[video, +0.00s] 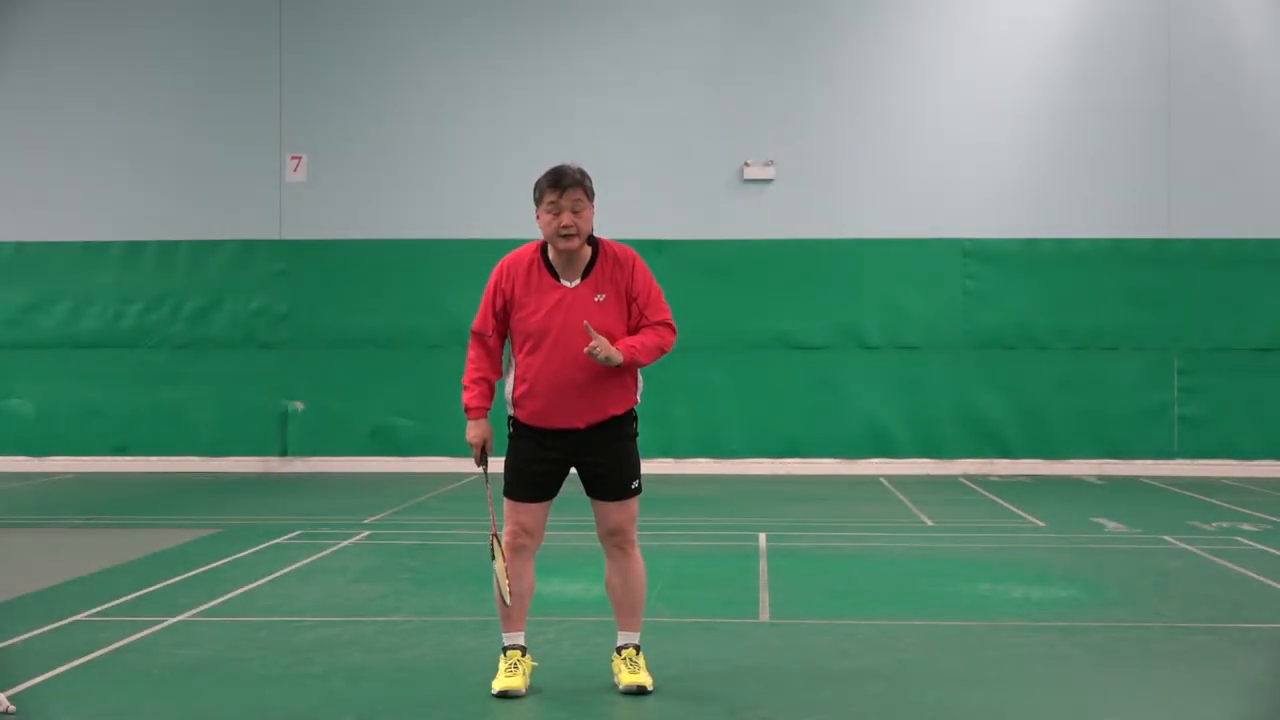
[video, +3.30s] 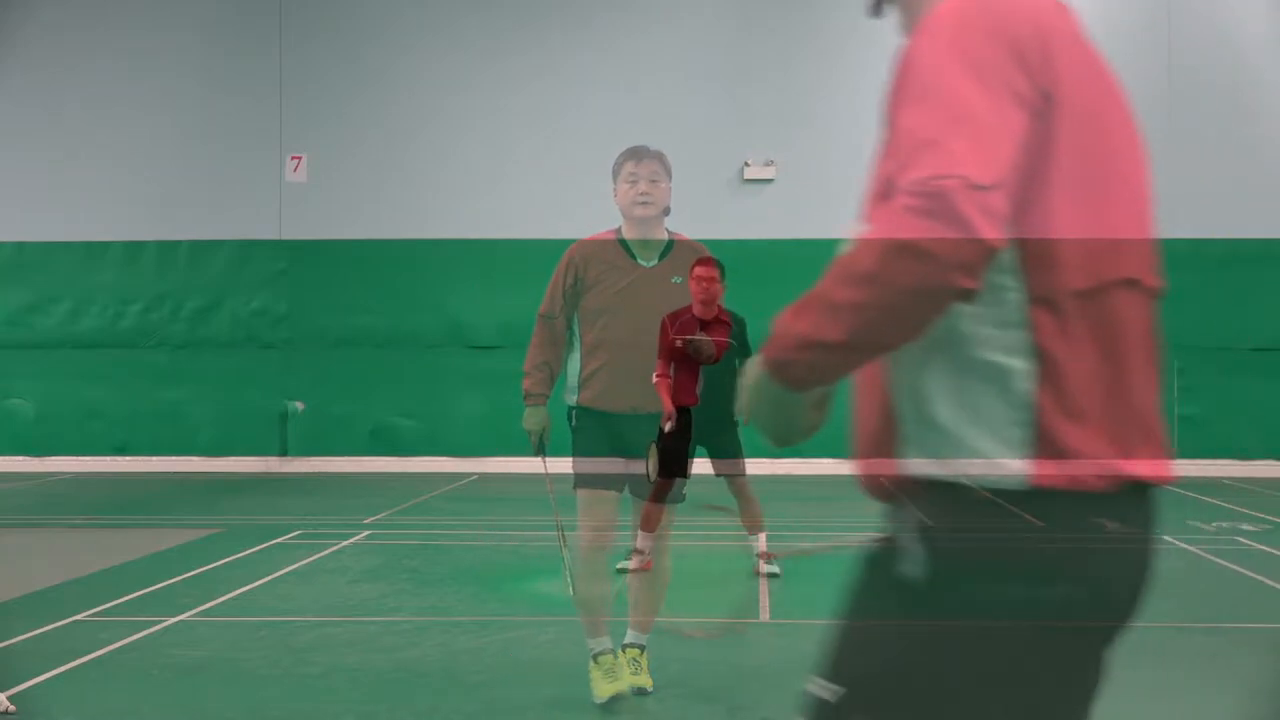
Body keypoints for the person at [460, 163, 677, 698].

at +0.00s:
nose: (565, 220)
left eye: (575, 209)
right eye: (554, 211)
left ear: (592, 212)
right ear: (538, 217)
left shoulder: (623, 265)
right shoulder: (512, 272)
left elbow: (663, 330)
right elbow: (485, 342)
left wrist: (624, 350)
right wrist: (477, 414)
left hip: (609, 427)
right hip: (535, 429)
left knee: (621, 537)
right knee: (519, 538)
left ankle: (629, 649)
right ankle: (514, 651)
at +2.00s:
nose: (555, 215)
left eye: (566, 205)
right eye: (544, 206)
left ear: (582, 211)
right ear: (528, 213)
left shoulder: (610, 258)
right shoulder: (505, 269)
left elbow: (660, 314)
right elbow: (480, 340)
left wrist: (602, 293)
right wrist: (471, 412)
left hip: (605, 425)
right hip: (532, 428)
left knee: (619, 536)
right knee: (518, 537)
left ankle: (630, 650)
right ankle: (513, 652)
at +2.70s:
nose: (590, 188)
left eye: (601, 180)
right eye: (579, 181)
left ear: (619, 195)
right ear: (564, 197)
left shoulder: (652, 258)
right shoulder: (539, 261)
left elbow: (686, 319)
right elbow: (507, 331)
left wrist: (663, 336)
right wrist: (488, 404)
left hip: (632, 420)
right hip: (558, 420)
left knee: (633, 538)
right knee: (528, 537)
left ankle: (631, 650)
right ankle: (514, 649)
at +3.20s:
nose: (639, 188)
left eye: (649, 180)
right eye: (628, 181)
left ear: (667, 194)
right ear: (611, 196)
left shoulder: (694, 261)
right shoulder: (582, 257)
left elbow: (714, 335)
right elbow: (549, 329)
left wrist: (706, 345)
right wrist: (535, 400)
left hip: (667, 419)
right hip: (596, 415)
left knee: (650, 543)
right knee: (583, 537)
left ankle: (634, 650)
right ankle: (579, 651)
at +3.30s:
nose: (643, 187)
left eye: (653, 179)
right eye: (632, 180)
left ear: (671, 191)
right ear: (615, 193)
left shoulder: (695, 259)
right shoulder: (584, 257)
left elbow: (719, 339)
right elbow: (549, 330)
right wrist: (536, 400)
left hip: (671, 419)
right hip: (600, 416)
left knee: (655, 538)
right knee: (595, 536)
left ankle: (636, 649)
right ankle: (600, 653)